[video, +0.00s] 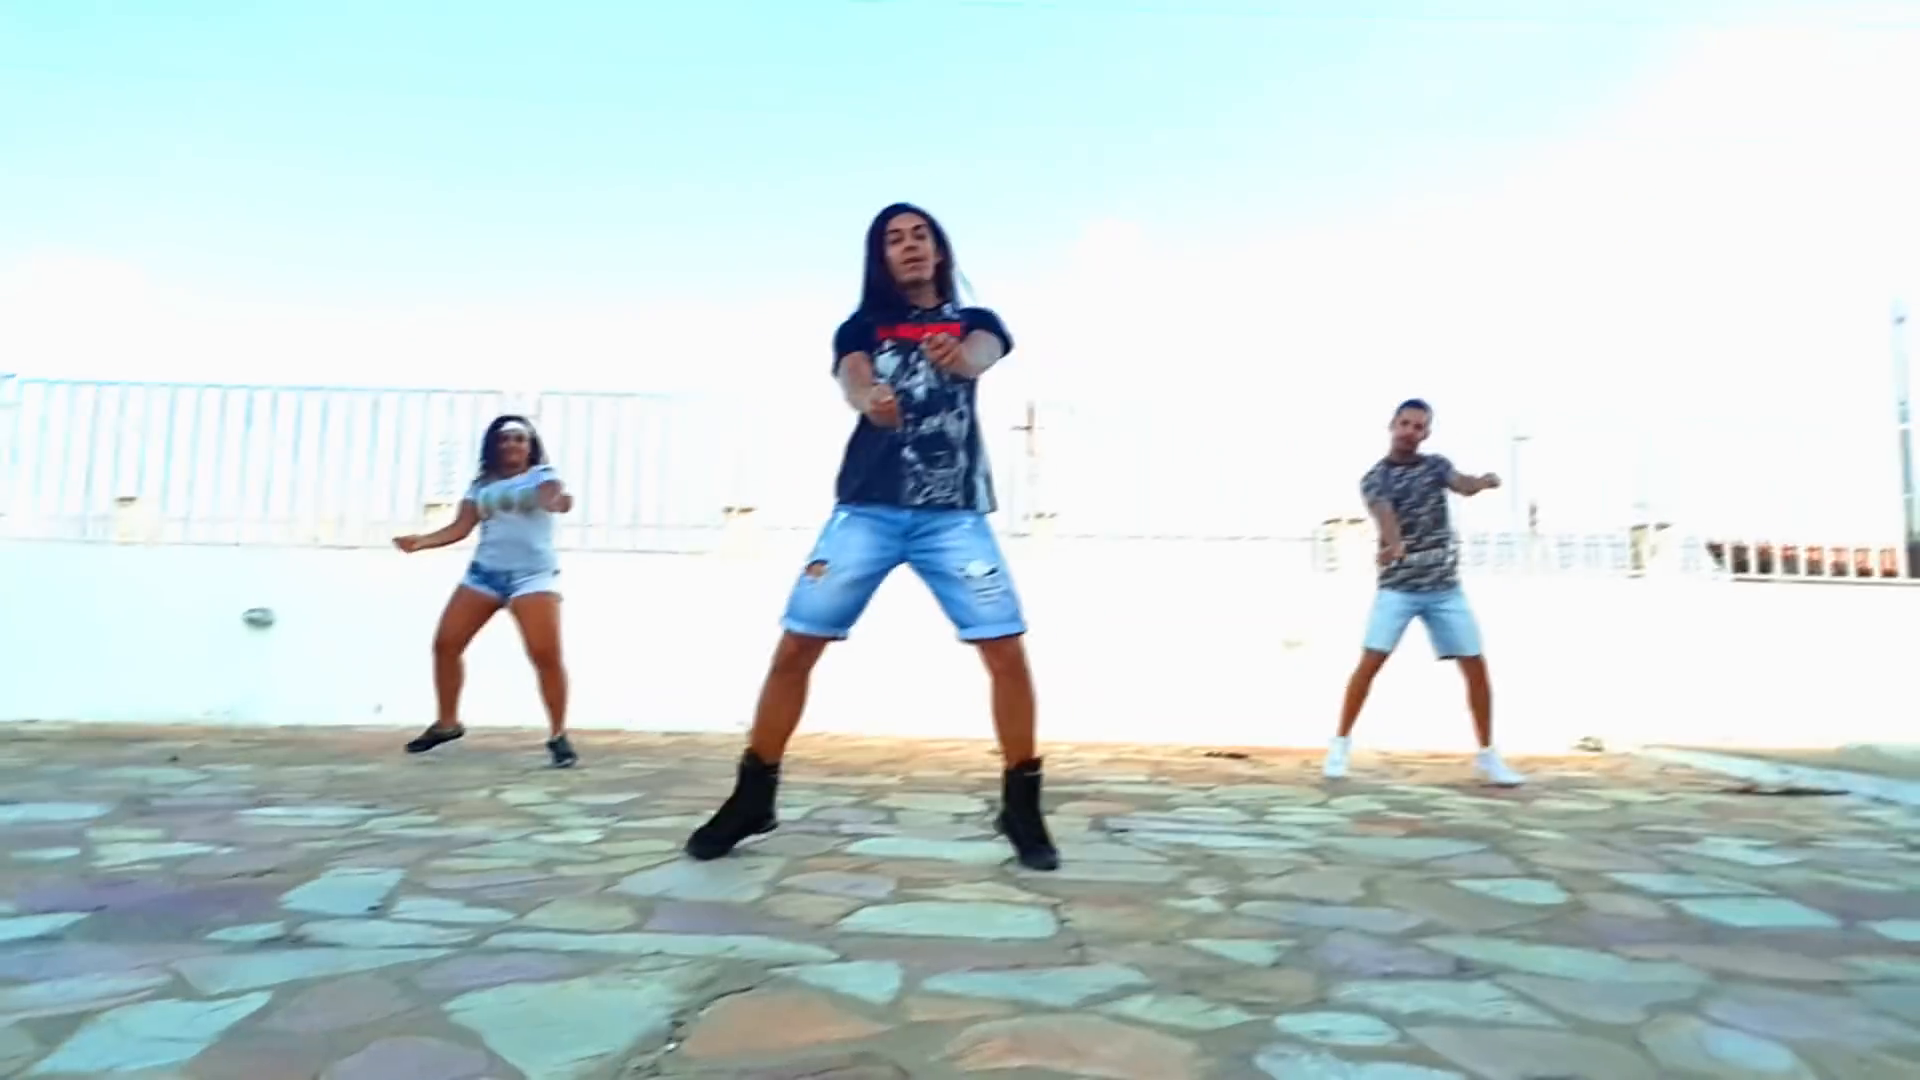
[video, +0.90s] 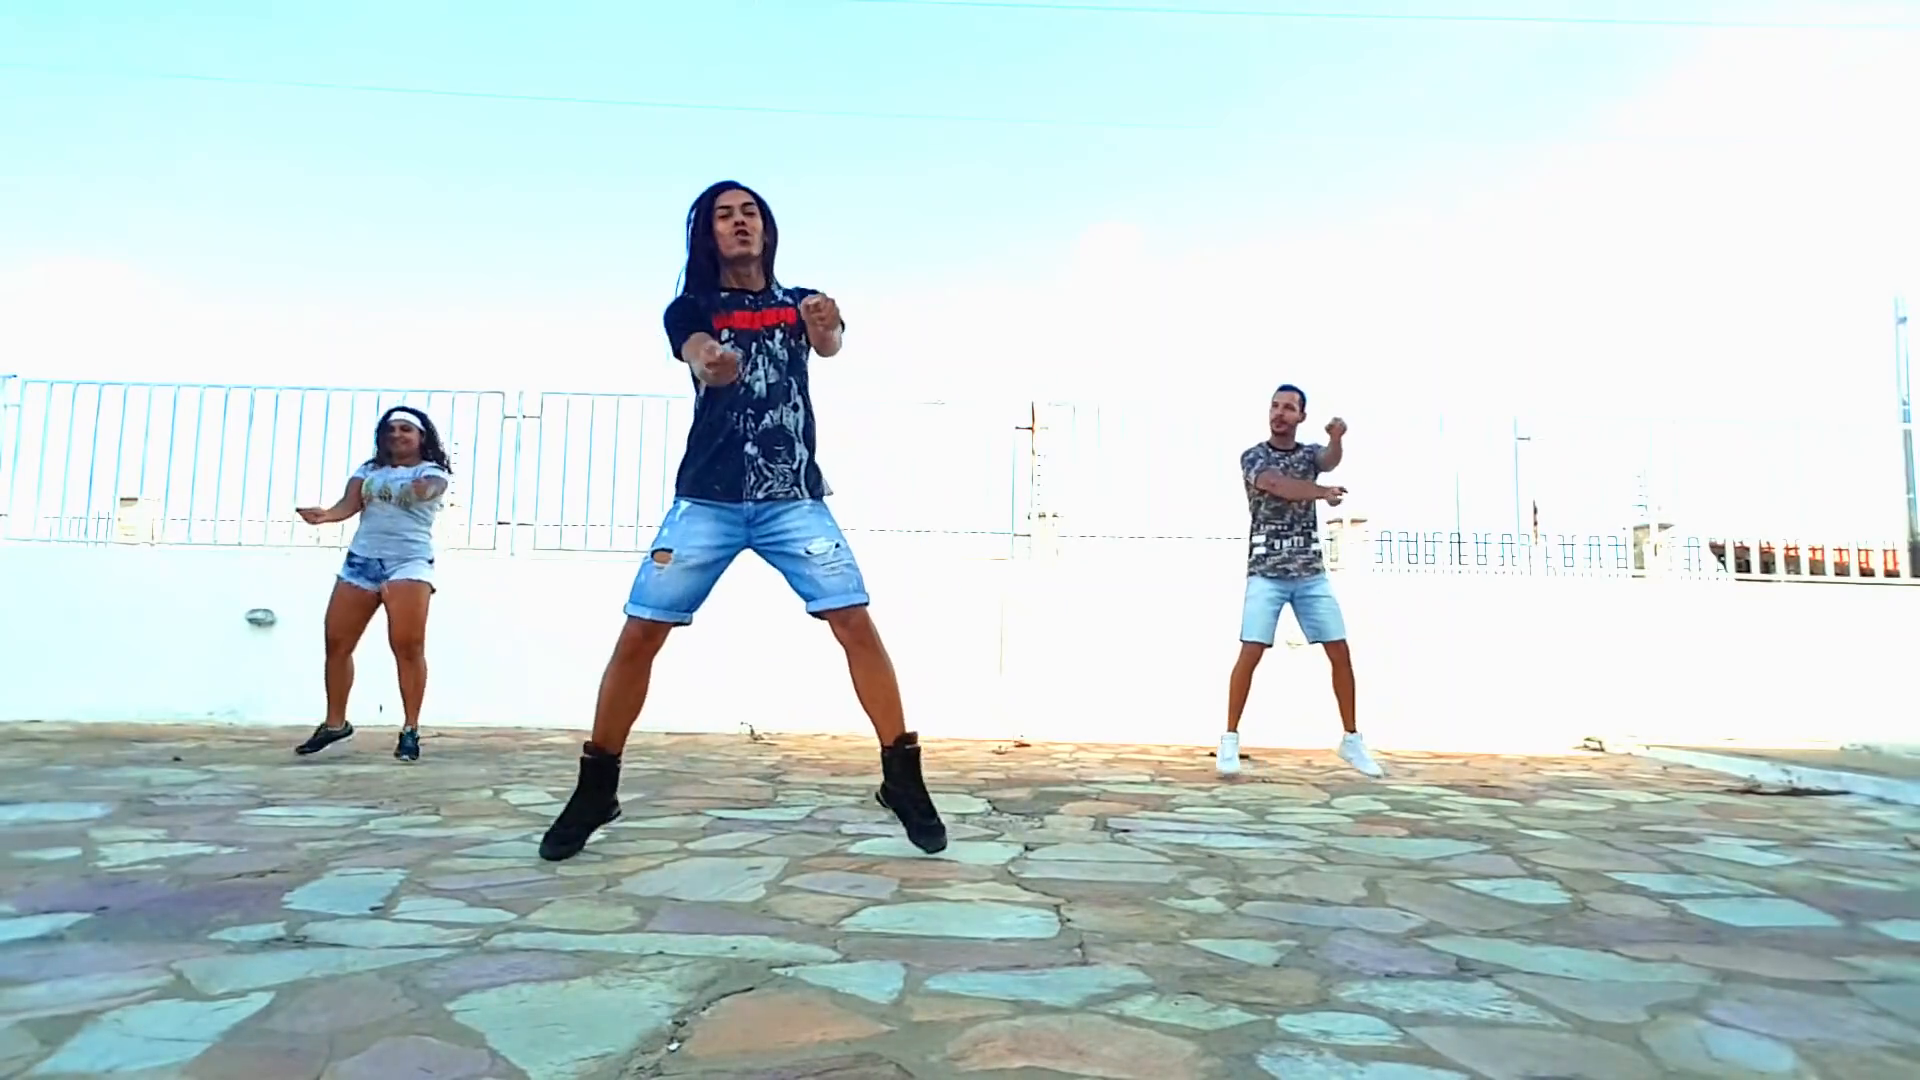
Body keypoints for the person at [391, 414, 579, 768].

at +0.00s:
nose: (512, 445)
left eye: (519, 439)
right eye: (504, 439)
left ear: (530, 446)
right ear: (493, 447)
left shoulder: (541, 476)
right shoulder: (482, 486)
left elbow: (550, 496)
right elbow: (459, 528)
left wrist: (558, 502)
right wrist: (420, 541)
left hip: (533, 576)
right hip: (484, 575)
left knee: (546, 654)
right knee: (446, 645)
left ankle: (558, 734)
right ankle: (447, 723)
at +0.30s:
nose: (489, 446)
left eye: (497, 440)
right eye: (483, 439)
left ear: (508, 448)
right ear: (472, 445)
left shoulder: (512, 483)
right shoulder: (449, 481)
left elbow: (520, 499)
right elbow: (433, 510)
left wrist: (517, 506)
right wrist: (426, 526)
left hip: (501, 570)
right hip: (453, 569)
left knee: (523, 648)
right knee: (434, 655)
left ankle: (544, 724)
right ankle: (438, 730)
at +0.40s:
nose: (468, 435)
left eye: (476, 430)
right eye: (462, 430)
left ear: (491, 436)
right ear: (454, 438)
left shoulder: (505, 467)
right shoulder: (442, 472)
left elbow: (507, 482)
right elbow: (422, 505)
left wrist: (502, 488)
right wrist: (390, 522)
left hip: (487, 565)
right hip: (437, 564)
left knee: (497, 643)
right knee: (419, 646)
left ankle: (507, 725)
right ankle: (419, 723)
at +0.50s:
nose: (453, 439)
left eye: (461, 434)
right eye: (446, 434)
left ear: (477, 441)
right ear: (439, 443)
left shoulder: (491, 472)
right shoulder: (428, 481)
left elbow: (493, 485)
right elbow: (414, 516)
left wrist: (483, 490)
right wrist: (389, 530)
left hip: (474, 570)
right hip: (425, 567)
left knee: (475, 656)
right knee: (399, 648)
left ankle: (477, 738)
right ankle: (383, 724)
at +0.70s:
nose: (429, 461)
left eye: (438, 456)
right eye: (423, 456)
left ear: (452, 466)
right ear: (414, 464)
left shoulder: (457, 500)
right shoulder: (393, 494)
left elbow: (456, 525)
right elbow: (375, 523)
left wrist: (453, 516)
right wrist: (372, 539)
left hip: (439, 584)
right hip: (391, 586)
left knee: (449, 659)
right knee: (356, 663)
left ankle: (473, 740)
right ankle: (358, 742)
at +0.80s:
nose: (414, 444)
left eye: (423, 440)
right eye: (409, 439)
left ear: (437, 451)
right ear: (400, 447)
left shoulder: (440, 486)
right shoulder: (378, 478)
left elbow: (441, 505)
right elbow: (355, 507)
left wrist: (439, 505)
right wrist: (331, 520)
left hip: (419, 572)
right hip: (372, 570)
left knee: (432, 650)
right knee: (351, 654)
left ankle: (448, 731)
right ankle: (352, 733)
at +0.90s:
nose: (398, 433)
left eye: (406, 428)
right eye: (391, 429)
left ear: (422, 438)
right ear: (382, 438)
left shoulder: (432, 471)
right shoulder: (368, 471)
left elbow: (431, 487)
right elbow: (350, 504)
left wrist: (421, 490)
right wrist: (326, 514)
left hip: (409, 563)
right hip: (362, 561)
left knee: (408, 647)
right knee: (336, 643)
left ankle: (410, 730)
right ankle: (335, 724)